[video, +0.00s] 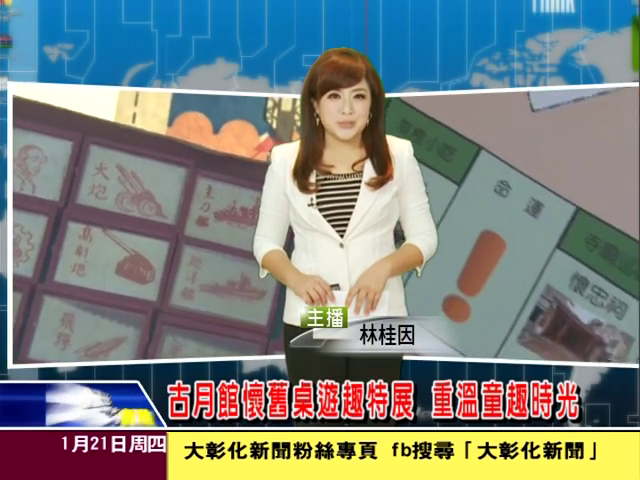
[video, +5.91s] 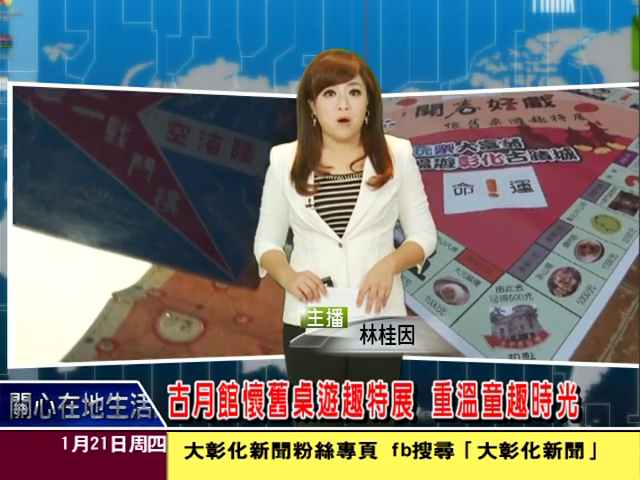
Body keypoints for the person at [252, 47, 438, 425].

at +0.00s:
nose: (347, 109)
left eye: (359, 97)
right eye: (334, 97)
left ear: (373, 104)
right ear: (315, 105)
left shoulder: (396, 155)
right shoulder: (287, 160)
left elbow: (424, 239)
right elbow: (265, 243)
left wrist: (383, 267)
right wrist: (297, 279)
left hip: (379, 323)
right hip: (309, 323)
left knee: (377, 439)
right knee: (314, 438)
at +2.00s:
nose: (343, 105)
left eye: (355, 94)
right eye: (330, 94)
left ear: (370, 103)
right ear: (312, 104)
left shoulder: (395, 155)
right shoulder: (286, 159)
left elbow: (422, 237)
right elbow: (268, 242)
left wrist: (389, 265)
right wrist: (289, 273)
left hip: (376, 326)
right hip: (307, 324)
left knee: (375, 441)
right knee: (313, 440)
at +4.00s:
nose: (345, 104)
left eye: (356, 92)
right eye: (332, 93)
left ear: (370, 101)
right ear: (313, 104)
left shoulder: (396, 155)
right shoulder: (287, 159)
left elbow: (424, 237)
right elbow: (268, 242)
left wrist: (389, 265)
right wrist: (290, 274)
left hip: (378, 324)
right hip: (308, 323)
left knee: (375, 440)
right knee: (313, 439)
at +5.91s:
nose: (343, 105)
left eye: (354, 93)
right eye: (330, 94)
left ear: (369, 102)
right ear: (311, 105)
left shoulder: (395, 155)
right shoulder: (286, 160)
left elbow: (424, 236)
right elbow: (266, 243)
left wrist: (389, 264)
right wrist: (290, 276)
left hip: (377, 324)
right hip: (309, 322)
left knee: (376, 438)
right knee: (313, 438)